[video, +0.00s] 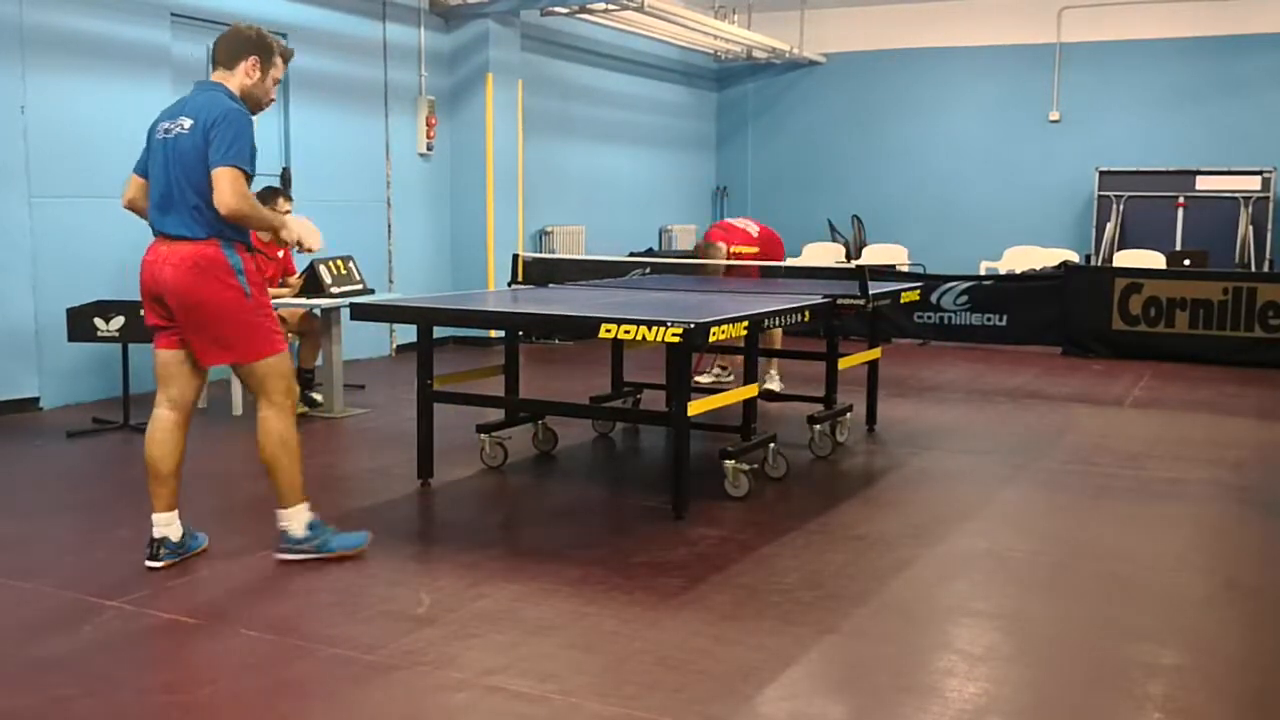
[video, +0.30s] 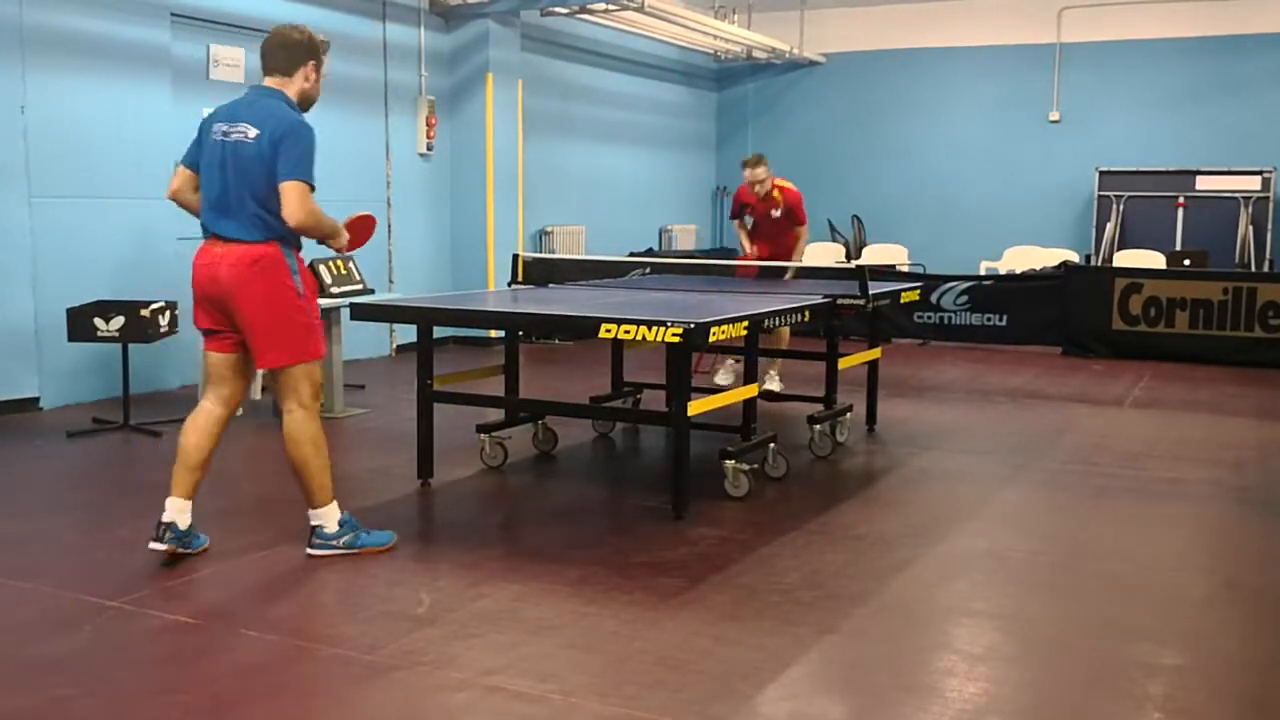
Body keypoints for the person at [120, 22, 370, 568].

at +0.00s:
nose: (275, 92)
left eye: (278, 82)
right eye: (275, 79)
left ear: (226, 68)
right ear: (248, 67)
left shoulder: (169, 115)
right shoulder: (229, 113)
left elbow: (136, 197)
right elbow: (230, 201)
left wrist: (191, 221)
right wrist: (281, 222)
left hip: (160, 265)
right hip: (211, 265)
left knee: (172, 400)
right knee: (277, 392)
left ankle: (165, 534)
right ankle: (298, 527)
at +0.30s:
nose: (321, 85)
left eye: (321, 75)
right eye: (321, 74)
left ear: (268, 69)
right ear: (306, 72)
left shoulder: (217, 116)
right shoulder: (291, 125)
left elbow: (181, 189)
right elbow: (297, 212)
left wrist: (226, 218)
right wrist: (337, 233)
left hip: (211, 267)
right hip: (266, 269)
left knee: (219, 395)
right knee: (301, 398)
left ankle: (174, 521)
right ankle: (329, 525)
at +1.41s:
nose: (339, 148)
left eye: (338, 139)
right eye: (336, 139)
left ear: (290, 138)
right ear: (315, 138)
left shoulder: (248, 168)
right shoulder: (288, 170)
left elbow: (186, 212)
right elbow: (268, 236)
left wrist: (205, 266)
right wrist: (318, 254)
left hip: (177, 280)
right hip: (217, 282)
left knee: (221, 384)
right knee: (290, 395)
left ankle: (199, 483)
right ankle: (297, 525)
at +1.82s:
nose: (354, 210)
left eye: (354, 200)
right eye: (352, 200)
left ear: (302, 196)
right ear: (334, 201)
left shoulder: (259, 218)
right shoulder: (296, 229)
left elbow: (190, 243)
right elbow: (288, 318)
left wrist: (200, 298)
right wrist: (332, 314)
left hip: (166, 317)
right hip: (201, 320)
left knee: (224, 387)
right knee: (317, 397)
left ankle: (191, 482)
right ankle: (299, 525)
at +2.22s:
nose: (342, 217)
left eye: (341, 207)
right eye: (338, 207)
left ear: (296, 207)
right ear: (319, 212)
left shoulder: (254, 228)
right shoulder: (285, 244)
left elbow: (185, 248)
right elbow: (285, 333)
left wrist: (186, 301)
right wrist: (328, 308)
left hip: (159, 327)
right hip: (186, 333)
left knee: (230, 376)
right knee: (306, 396)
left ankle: (191, 481)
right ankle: (298, 526)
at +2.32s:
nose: (340, 209)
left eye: (339, 199)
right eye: (336, 200)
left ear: (293, 202)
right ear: (316, 205)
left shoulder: (255, 224)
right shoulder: (285, 238)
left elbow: (186, 257)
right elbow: (286, 328)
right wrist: (328, 302)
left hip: (159, 325)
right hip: (187, 330)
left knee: (227, 377)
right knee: (306, 397)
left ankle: (191, 482)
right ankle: (298, 526)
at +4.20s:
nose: (320, 128)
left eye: (317, 119)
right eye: (315, 120)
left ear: (277, 130)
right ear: (295, 128)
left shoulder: (238, 167)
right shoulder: (276, 180)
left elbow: (191, 214)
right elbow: (274, 258)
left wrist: (233, 254)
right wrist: (331, 244)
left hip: (203, 297)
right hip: (239, 301)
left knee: (242, 386)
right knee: (314, 397)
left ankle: (193, 480)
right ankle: (306, 515)